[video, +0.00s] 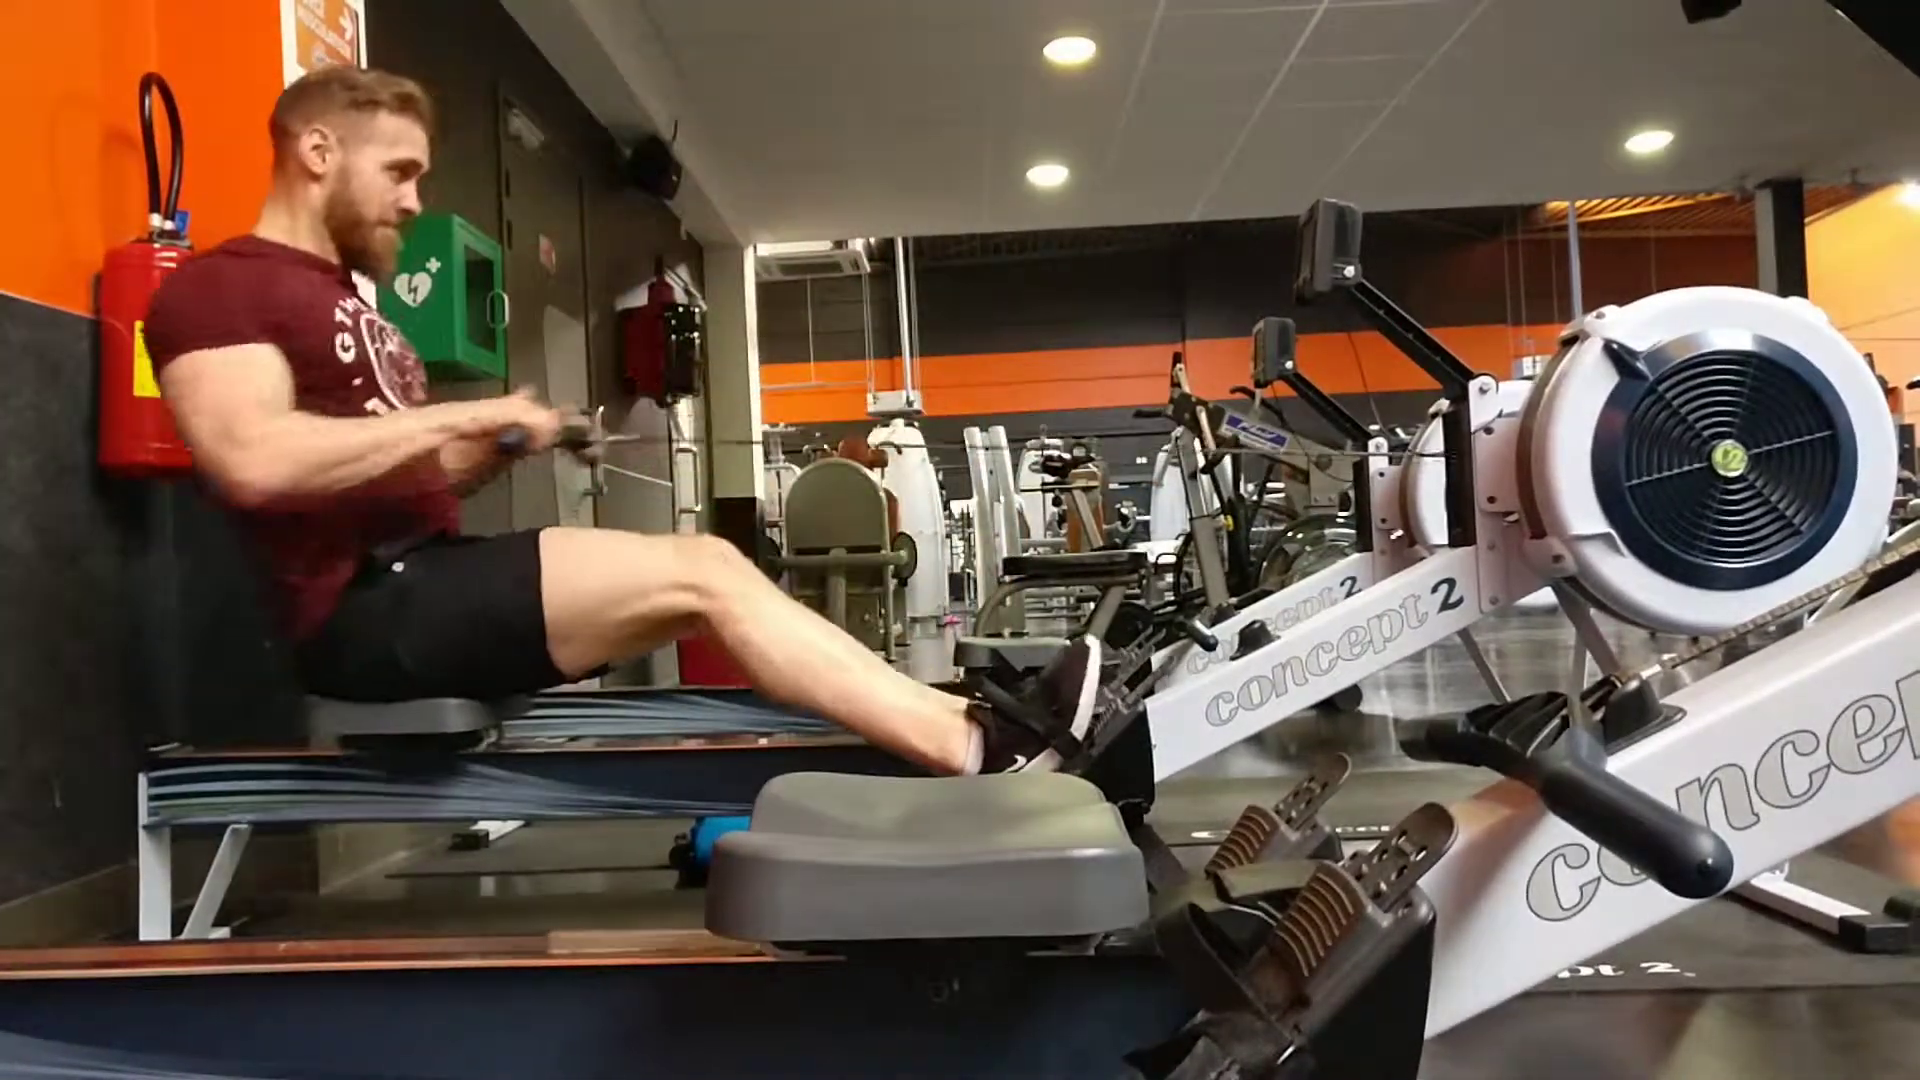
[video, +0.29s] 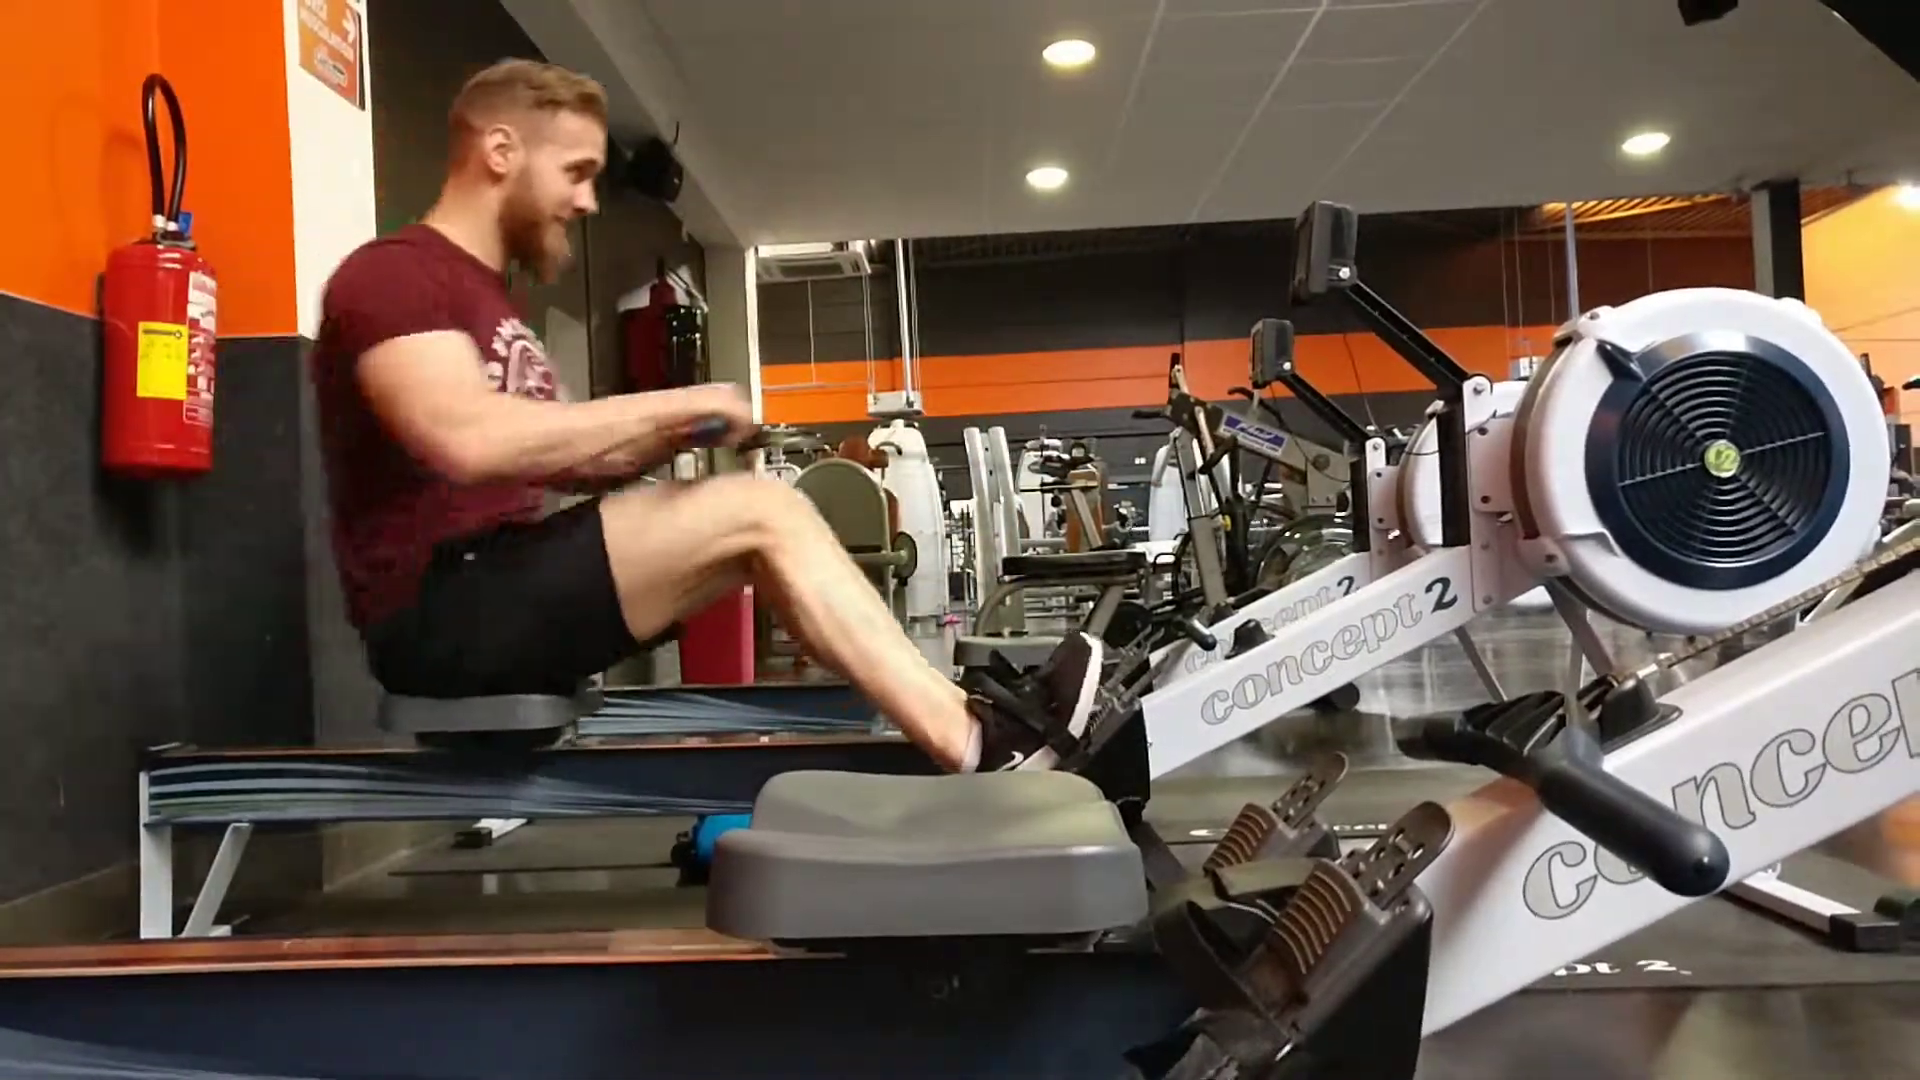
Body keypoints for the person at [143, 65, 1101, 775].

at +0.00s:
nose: (415, 203)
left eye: (419, 181)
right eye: (398, 173)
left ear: (320, 159)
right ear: (311, 154)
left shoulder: (360, 306)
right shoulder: (225, 283)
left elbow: (425, 485)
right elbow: (255, 461)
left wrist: (488, 439)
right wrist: (453, 425)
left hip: (426, 584)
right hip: (360, 607)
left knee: (713, 565)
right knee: (708, 566)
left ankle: (974, 729)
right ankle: (970, 752)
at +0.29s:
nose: (589, 203)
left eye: (595, 179)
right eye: (577, 172)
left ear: (500, 159)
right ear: (493, 149)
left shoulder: (497, 308)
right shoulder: (392, 277)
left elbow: (547, 466)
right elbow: (465, 444)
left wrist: (668, 432)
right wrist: (678, 408)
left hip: (508, 596)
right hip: (445, 610)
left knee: (767, 506)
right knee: (764, 505)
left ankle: (969, 728)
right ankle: (966, 743)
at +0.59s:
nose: (889, 194)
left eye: (892, 170)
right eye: (880, 164)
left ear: (811, 151)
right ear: (808, 146)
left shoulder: (762, 270)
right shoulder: (736, 264)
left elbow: (940, 397)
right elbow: (950, 402)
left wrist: (1118, 455)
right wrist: (1136, 452)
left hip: (702, 606)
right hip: (685, 614)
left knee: (933, 431)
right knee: (931, 433)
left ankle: (977, 715)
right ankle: (976, 727)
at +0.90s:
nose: (917, 171)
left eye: (916, 145)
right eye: (903, 140)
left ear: (833, 139)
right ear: (831, 134)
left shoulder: (798, 253)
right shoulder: (787, 251)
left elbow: (984, 396)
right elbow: (993, 395)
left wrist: (1168, 450)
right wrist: (1190, 448)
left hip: (740, 600)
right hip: (733, 610)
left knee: (969, 420)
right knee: (964, 424)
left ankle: (987, 697)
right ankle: (982, 713)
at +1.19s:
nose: (531, 163)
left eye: (531, 142)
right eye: (511, 138)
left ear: (445, 139)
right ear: (426, 131)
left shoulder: (480, 284)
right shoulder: (381, 263)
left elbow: (599, 422)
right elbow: (525, 415)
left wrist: (747, 423)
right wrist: (745, 420)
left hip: (529, 594)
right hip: (481, 611)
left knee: (793, 481)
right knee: (789, 487)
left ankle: (989, 722)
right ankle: (984, 743)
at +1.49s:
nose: (468, 212)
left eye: (476, 189)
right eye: (455, 181)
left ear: (385, 163)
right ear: (370, 158)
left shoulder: (386, 305)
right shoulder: (262, 267)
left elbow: (360, 453)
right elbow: (147, 437)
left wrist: (443, 467)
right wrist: (364, 446)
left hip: (413, 588)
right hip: (349, 607)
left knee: (706, 569)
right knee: (700, 568)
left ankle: (965, 733)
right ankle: (964, 748)